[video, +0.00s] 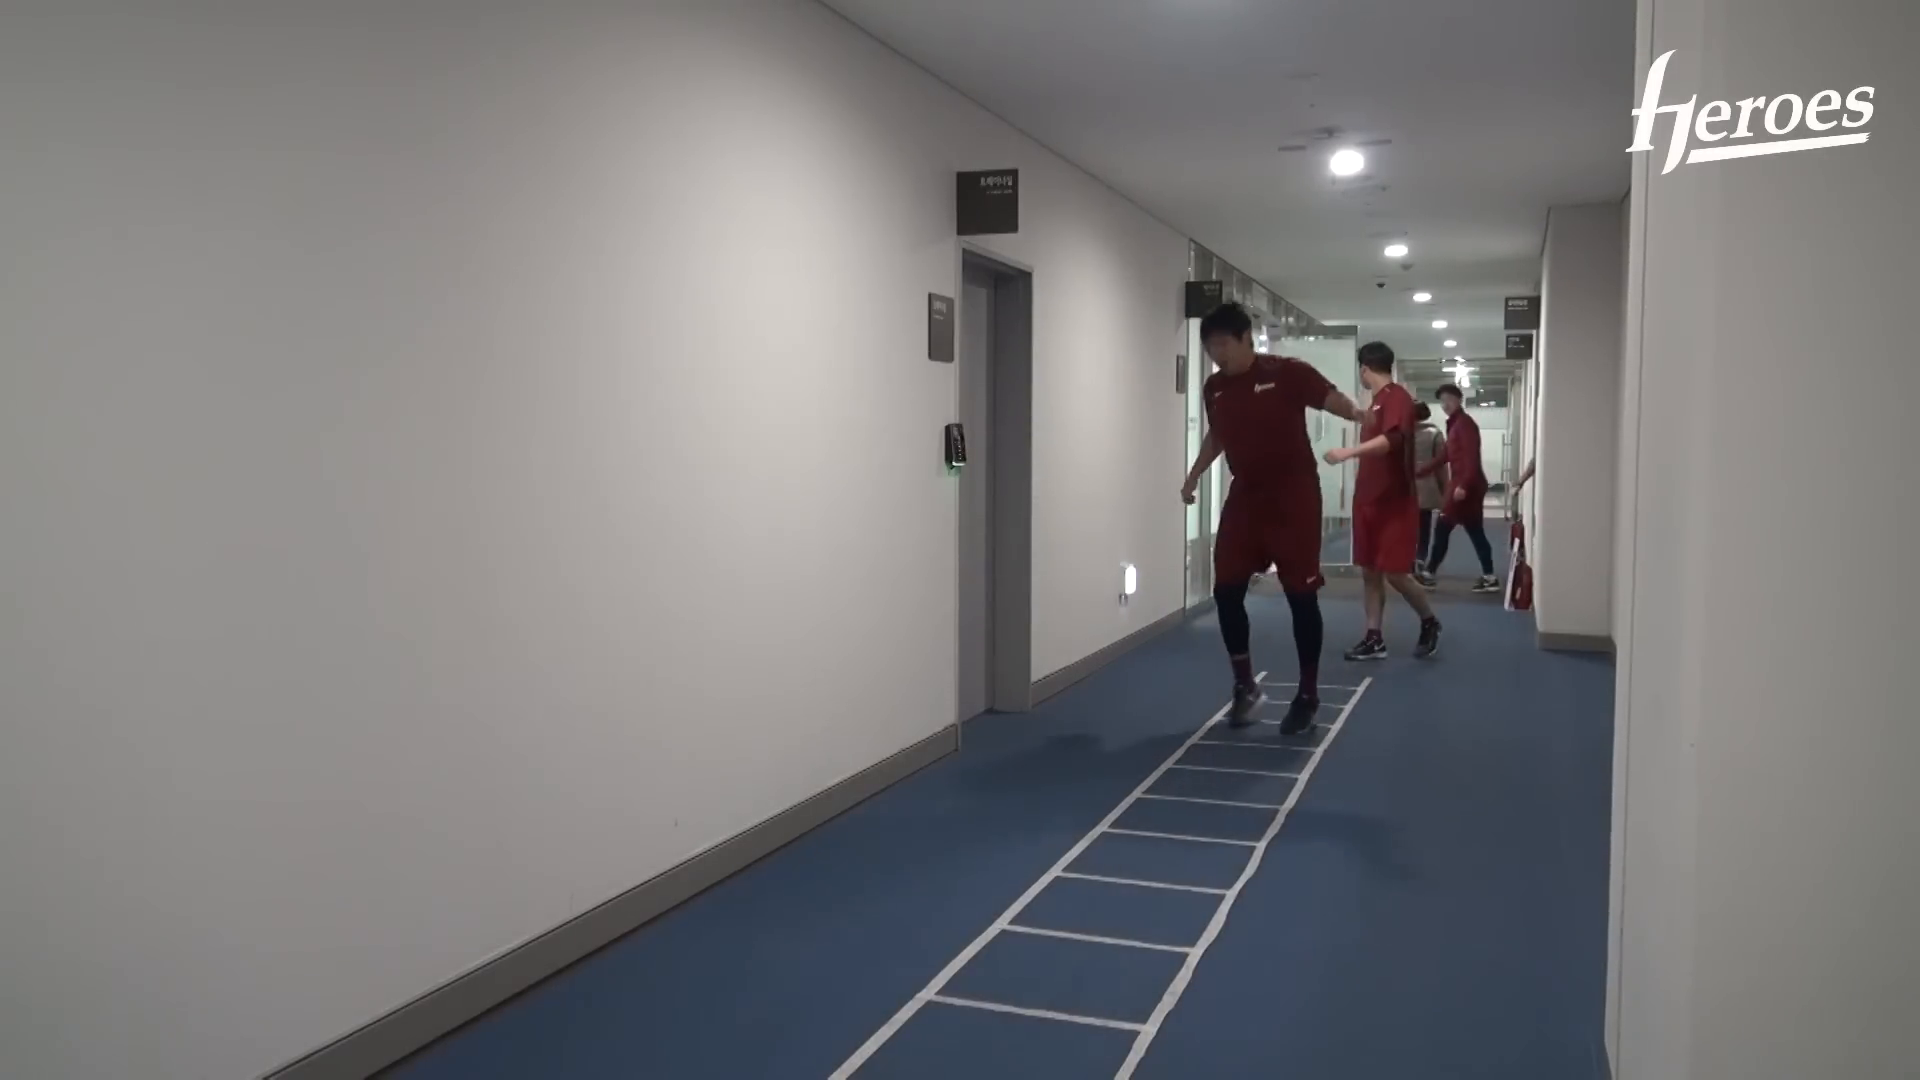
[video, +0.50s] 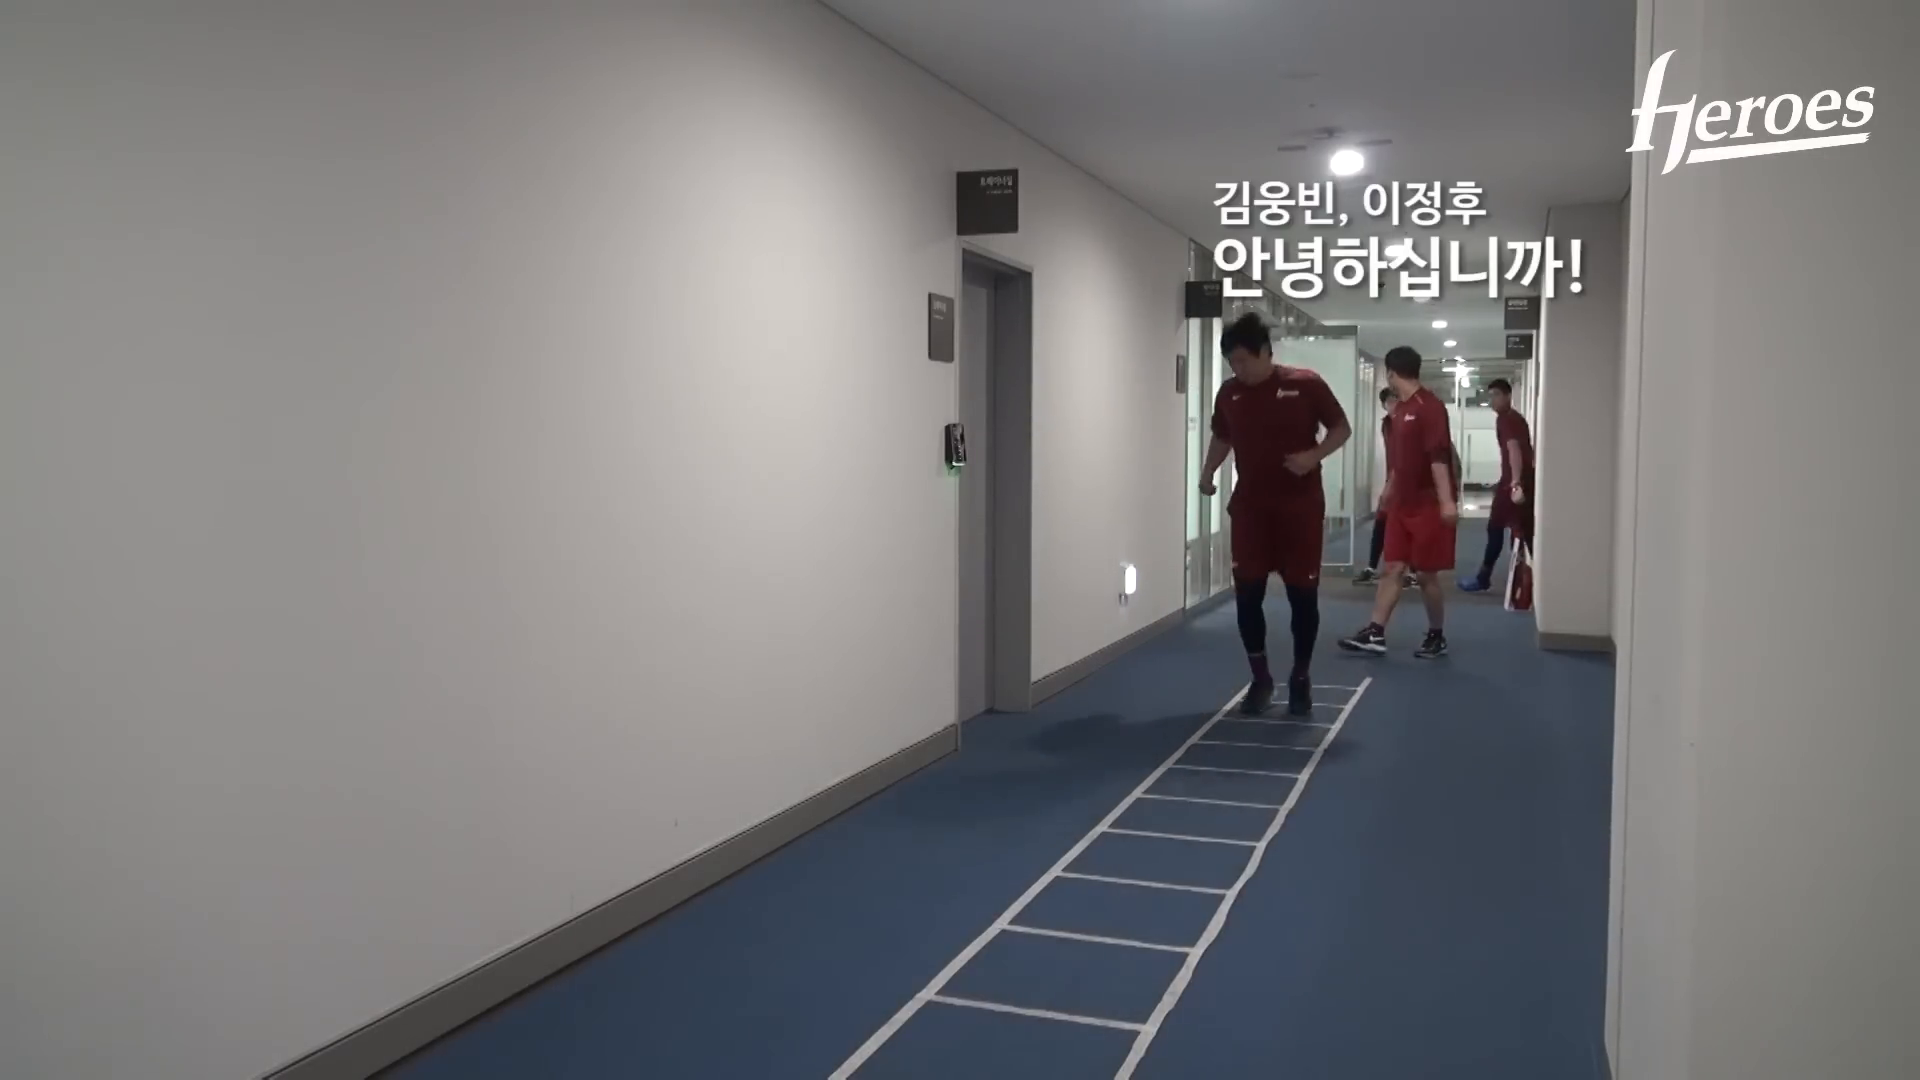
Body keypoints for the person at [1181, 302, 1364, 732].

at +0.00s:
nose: (1214, 355)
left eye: (1219, 345)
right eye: (1209, 348)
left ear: (1243, 339)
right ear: (1210, 348)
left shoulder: (1288, 373)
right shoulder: (1215, 388)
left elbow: (1338, 403)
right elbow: (1219, 434)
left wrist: (1361, 416)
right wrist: (1193, 476)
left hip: (1294, 496)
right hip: (1245, 497)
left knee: (1300, 592)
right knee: (1227, 591)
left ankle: (1307, 694)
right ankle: (1244, 686)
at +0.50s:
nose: (1235, 368)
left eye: (1240, 360)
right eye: (1231, 361)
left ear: (1263, 353)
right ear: (1230, 357)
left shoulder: (1306, 384)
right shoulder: (1229, 393)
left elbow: (1341, 429)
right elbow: (1222, 437)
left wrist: (1315, 455)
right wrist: (1208, 471)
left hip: (1300, 510)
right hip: (1250, 508)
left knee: (1303, 598)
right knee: (1247, 597)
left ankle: (1300, 678)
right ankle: (1261, 680)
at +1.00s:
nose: (1232, 405)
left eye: (1232, 396)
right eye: (1228, 399)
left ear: (1248, 380)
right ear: (1243, 385)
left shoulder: (1308, 401)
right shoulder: (1239, 418)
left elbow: (1349, 442)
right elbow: (1249, 468)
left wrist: (1352, 494)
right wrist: (1224, 508)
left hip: (1310, 521)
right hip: (1258, 523)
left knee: (1340, 599)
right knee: (1226, 597)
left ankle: (1361, 678)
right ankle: (1220, 673)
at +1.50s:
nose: (1247, 353)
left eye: (1247, 346)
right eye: (1248, 346)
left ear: (1254, 346)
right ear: (1280, 341)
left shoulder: (1286, 373)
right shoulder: (1281, 375)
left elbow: (1308, 416)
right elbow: (1302, 428)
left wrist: (1265, 448)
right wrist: (1262, 455)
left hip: (1301, 495)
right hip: (1282, 495)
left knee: (1312, 573)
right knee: (1273, 573)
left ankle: (1326, 652)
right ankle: (1266, 658)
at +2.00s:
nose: (1258, 362)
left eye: (1258, 356)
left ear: (1261, 358)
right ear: (1291, 358)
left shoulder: (1273, 391)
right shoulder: (1306, 392)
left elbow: (1284, 440)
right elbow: (1325, 443)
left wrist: (1257, 473)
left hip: (1296, 493)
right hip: (1320, 491)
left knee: (1301, 575)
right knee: (1297, 573)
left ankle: (1340, 658)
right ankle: (1293, 652)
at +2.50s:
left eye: (1231, 362)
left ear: (1231, 363)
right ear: (1261, 361)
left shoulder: (1229, 398)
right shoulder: (1285, 397)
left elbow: (1226, 442)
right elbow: (1306, 450)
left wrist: (1216, 489)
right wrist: (1286, 475)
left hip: (1245, 498)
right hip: (1284, 498)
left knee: (1217, 571)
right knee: (1287, 573)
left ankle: (1198, 648)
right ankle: (1293, 653)